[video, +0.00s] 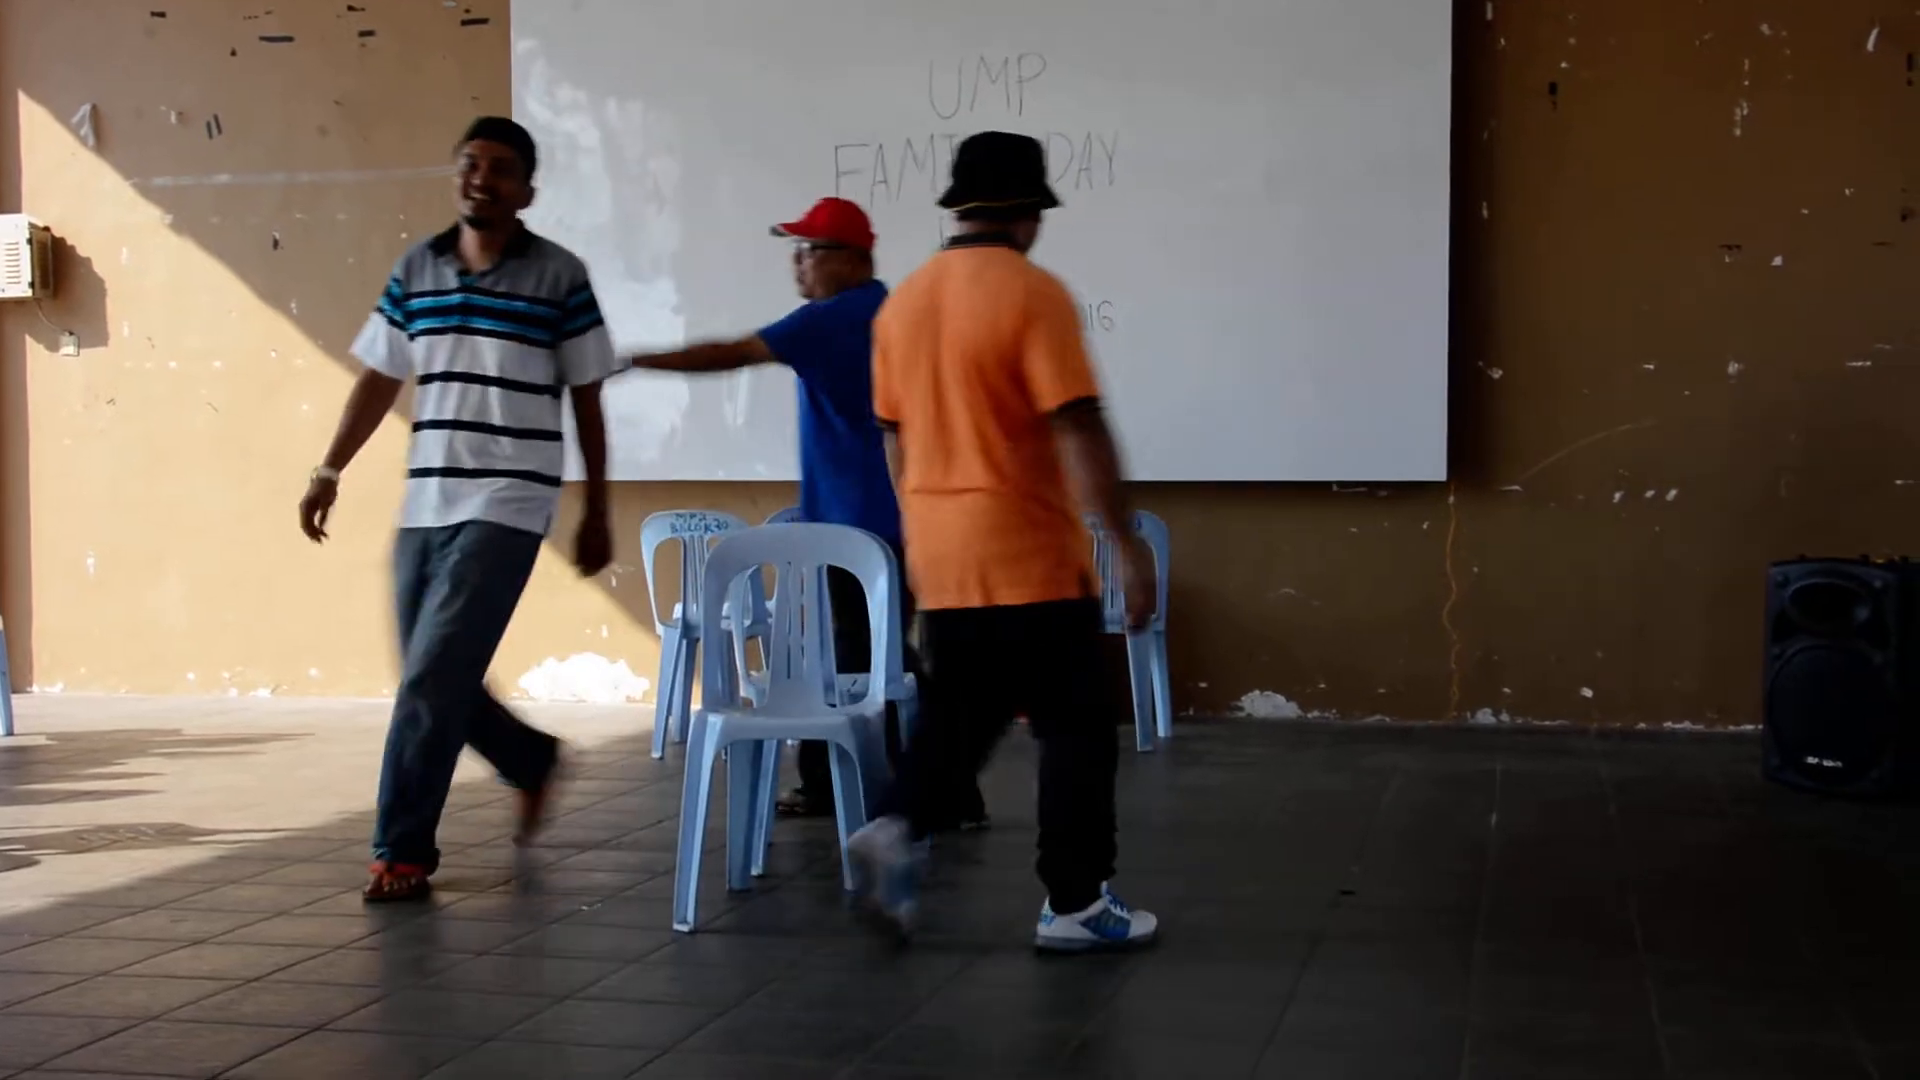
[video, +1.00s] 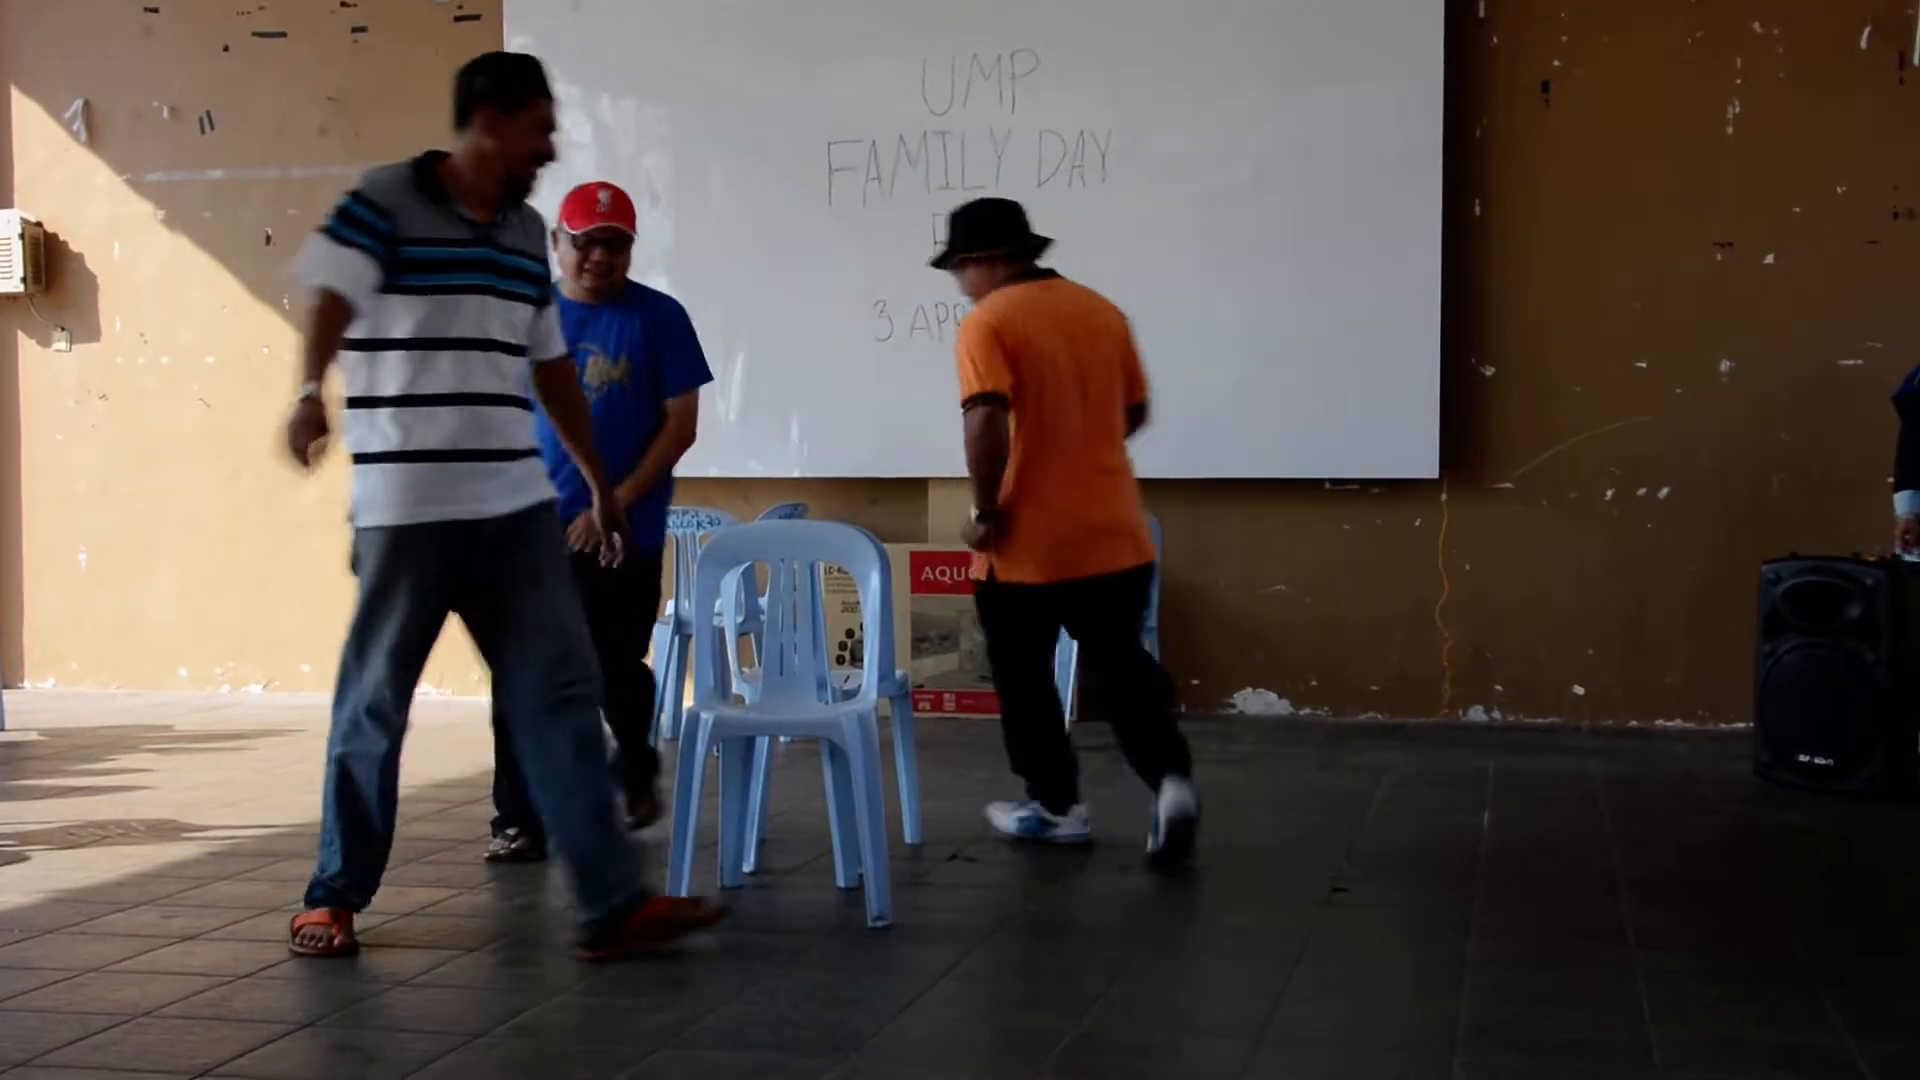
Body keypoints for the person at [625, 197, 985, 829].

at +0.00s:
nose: (798, 266)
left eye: (810, 255)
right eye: (799, 254)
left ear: (847, 260)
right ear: (854, 260)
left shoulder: (833, 316)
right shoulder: (885, 309)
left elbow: (737, 353)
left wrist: (640, 359)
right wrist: (811, 508)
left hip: (844, 521)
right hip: (890, 515)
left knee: (833, 652)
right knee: (893, 658)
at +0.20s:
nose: (751, 264)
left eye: (765, 252)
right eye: (747, 251)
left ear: (799, 258)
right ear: (745, 254)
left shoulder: (809, 319)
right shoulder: (791, 317)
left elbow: (777, 414)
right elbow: (779, 414)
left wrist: (722, 480)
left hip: (818, 517)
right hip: (802, 514)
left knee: (795, 644)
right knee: (820, 644)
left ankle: (822, 779)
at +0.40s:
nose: (702, 264)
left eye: (717, 252)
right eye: (696, 252)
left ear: (751, 259)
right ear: (689, 259)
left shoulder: (777, 323)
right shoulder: (690, 328)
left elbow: (815, 418)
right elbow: (666, 423)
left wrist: (838, 503)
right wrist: (628, 508)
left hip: (779, 526)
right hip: (717, 526)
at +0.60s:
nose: (658, 256)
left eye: (673, 245)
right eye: (649, 244)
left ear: (706, 252)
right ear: (639, 252)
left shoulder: (739, 319)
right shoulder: (631, 322)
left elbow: (800, 408)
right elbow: (617, 425)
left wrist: (850, 494)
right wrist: (598, 511)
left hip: (718, 529)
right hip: (642, 527)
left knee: (696, 664)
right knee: (630, 646)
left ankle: (669, 798)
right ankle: (708, 738)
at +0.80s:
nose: (622, 253)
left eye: (638, 241)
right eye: (611, 239)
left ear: (665, 247)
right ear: (596, 244)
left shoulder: (697, 316)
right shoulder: (572, 318)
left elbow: (728, 415)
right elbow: (555, 419)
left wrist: (722, 502)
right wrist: (543, 503)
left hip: (669, 535)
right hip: (586, 534)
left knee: (674, 683)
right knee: (557, 678)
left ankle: (667, 799)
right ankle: (529, 807)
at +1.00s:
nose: (598, 257)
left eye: (612, 245)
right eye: (585, 243)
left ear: (630, 250)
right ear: (559, 245)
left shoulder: (660, 318)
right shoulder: (532, 314)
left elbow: (682, 428)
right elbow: (501, 415)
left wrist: (611, 505)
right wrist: (519, 505)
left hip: (627, 530)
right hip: (542, 526)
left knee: (617, 665)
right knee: (525, 677)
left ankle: (637, 769)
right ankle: (520, 816)